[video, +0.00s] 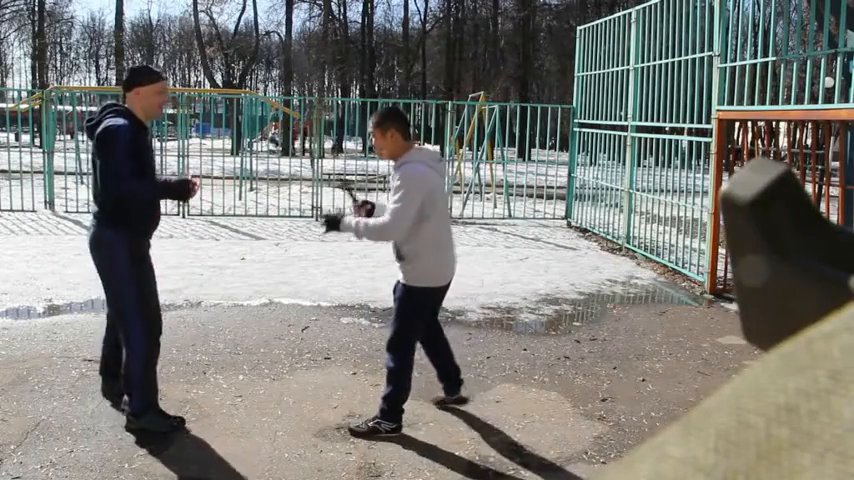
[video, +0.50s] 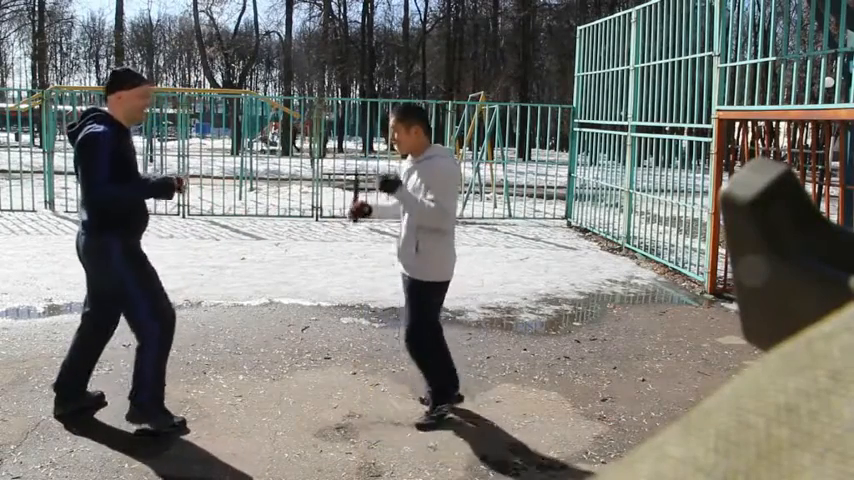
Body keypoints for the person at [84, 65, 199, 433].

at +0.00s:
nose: (164, 102)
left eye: (164, 94)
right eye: (159, 94)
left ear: (138, 96)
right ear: (135, 95)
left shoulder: (129, 127)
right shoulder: (119, 130)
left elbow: (131, 186)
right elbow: (122, 191)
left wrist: (171, 189)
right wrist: (173, 189)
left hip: (120, 240)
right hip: (119, 243)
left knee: (123, 313)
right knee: (144, 324)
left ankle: (115, 383)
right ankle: (144, 413)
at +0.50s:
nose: (148, 106)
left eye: (149, 99)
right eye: (143, 98)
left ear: (121, 99)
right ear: (119, 97)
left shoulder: (110, 131)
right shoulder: (100, 134)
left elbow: (118, 184)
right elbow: (104, 193)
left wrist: (160, 186)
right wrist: (158, 188)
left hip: (103, 244)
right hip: (112, 247)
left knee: (99, 320)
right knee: (158, 319)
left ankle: (70, 397)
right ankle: (147, 406)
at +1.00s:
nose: (155, 106)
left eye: (156, 99)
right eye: (151, 98)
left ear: (126, 97)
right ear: (128, 96)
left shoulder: (109, 128)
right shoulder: (119, 134)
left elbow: (117, 187)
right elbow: (121, 191)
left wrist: (157, 185)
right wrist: (164, 186)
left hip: (103, 243)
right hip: (125, 246)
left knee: (104, 315)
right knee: (158, 324)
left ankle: (70, 388)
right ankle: (166, 411)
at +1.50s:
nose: (143, 111)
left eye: (144, 104)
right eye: (138, 104)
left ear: (113, 104)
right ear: (114, 102)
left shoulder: (107, 135)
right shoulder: (98, 138)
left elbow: (114, 184)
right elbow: (107, 193)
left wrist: (144, 170)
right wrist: (146, 175)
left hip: (102, 247)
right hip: (114, 250)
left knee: (99, 319)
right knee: (157, 321)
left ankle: (61, 394)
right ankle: (173, 409)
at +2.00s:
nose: (157, 135)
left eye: (158, 128)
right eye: (153, 127)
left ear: (130, 124)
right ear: (131, 123)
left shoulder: (114, 150)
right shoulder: (113, 154)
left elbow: (148, 206)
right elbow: (152, 202)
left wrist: (183, 238)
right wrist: (206, 221)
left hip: (62, 247)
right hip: (74, 251)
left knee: (68, 320)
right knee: (120, 321)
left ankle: (32, 385)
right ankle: (149, 410)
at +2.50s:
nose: (105, 116)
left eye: (106, 109)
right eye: (100, 108)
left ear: (82, 108)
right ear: (77, 106)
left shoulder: (71, 137)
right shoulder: (57, 140)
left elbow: (73, 188)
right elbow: (66, 195)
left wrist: (105, 171)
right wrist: (107, 171)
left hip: (54, 246)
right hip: (58, 249)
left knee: (40, 319)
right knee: (102, 316)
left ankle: (6, 383)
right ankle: (116, 404)